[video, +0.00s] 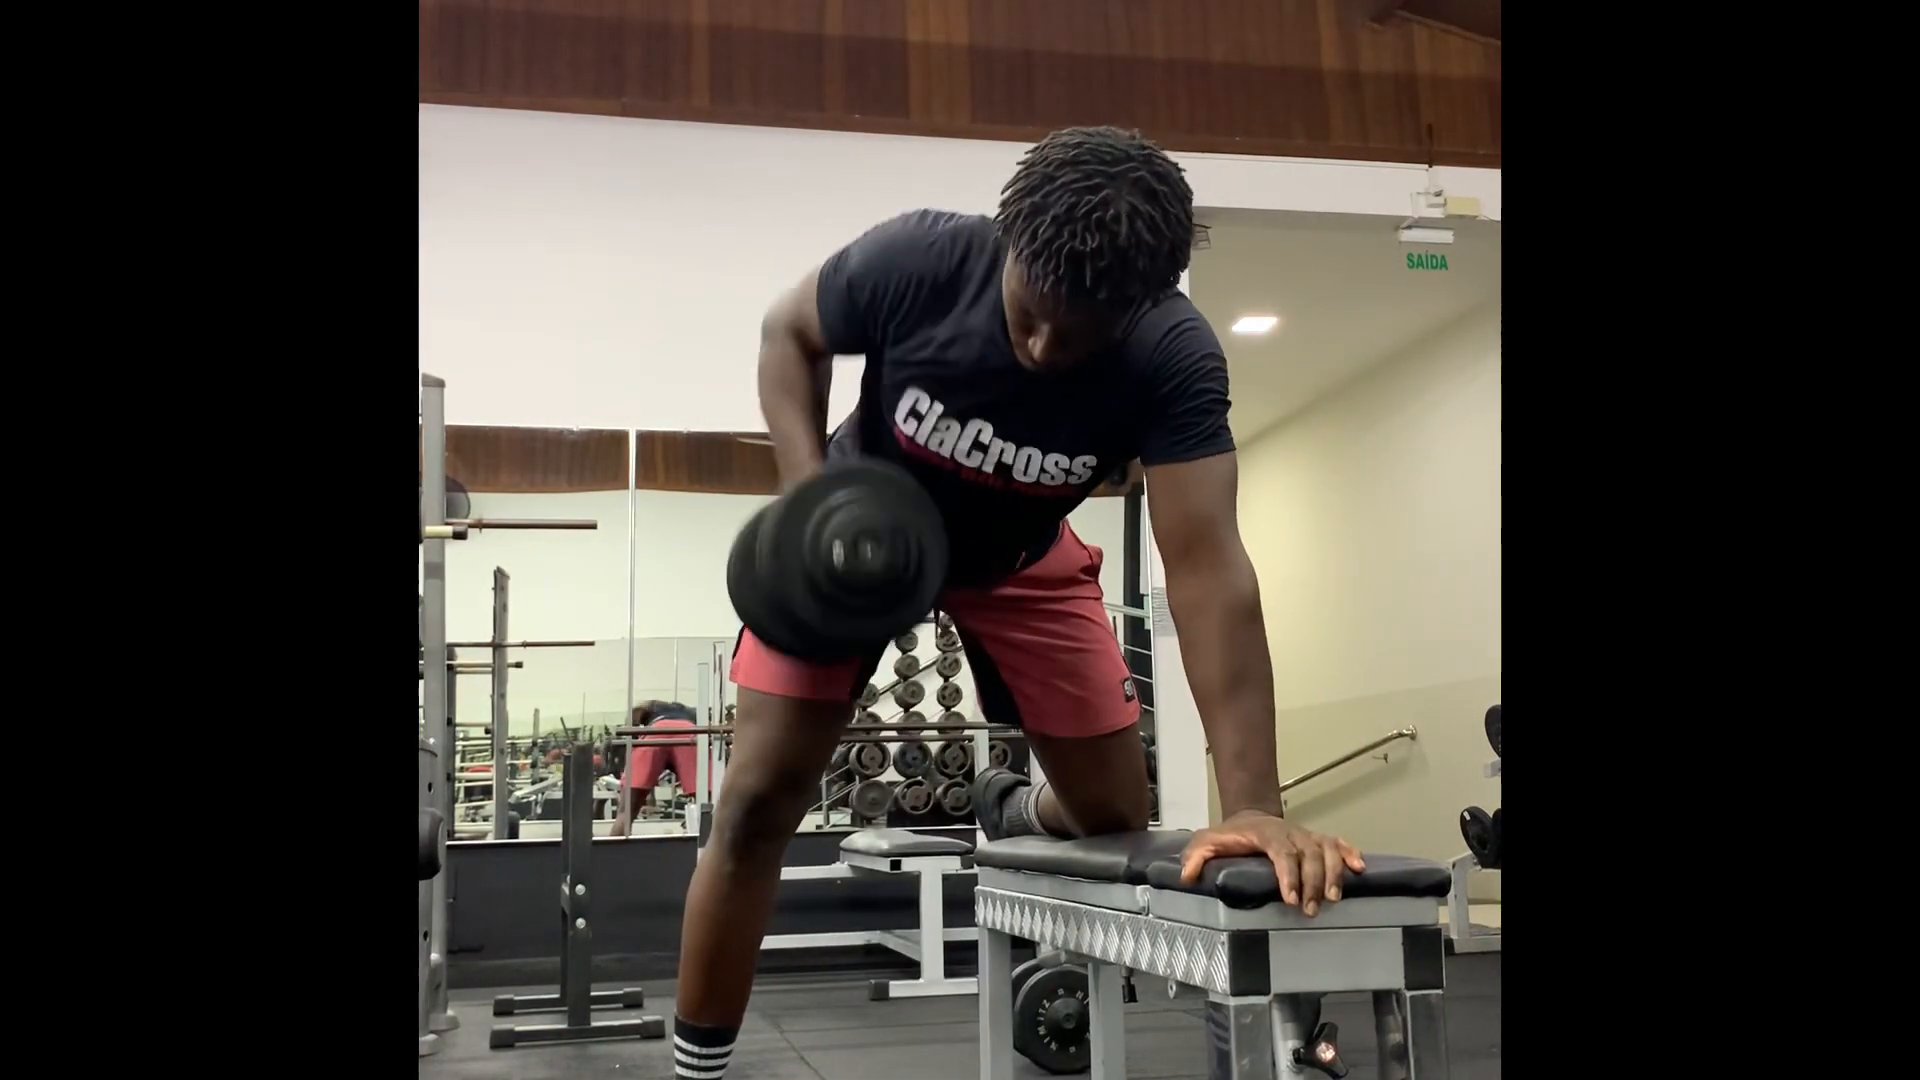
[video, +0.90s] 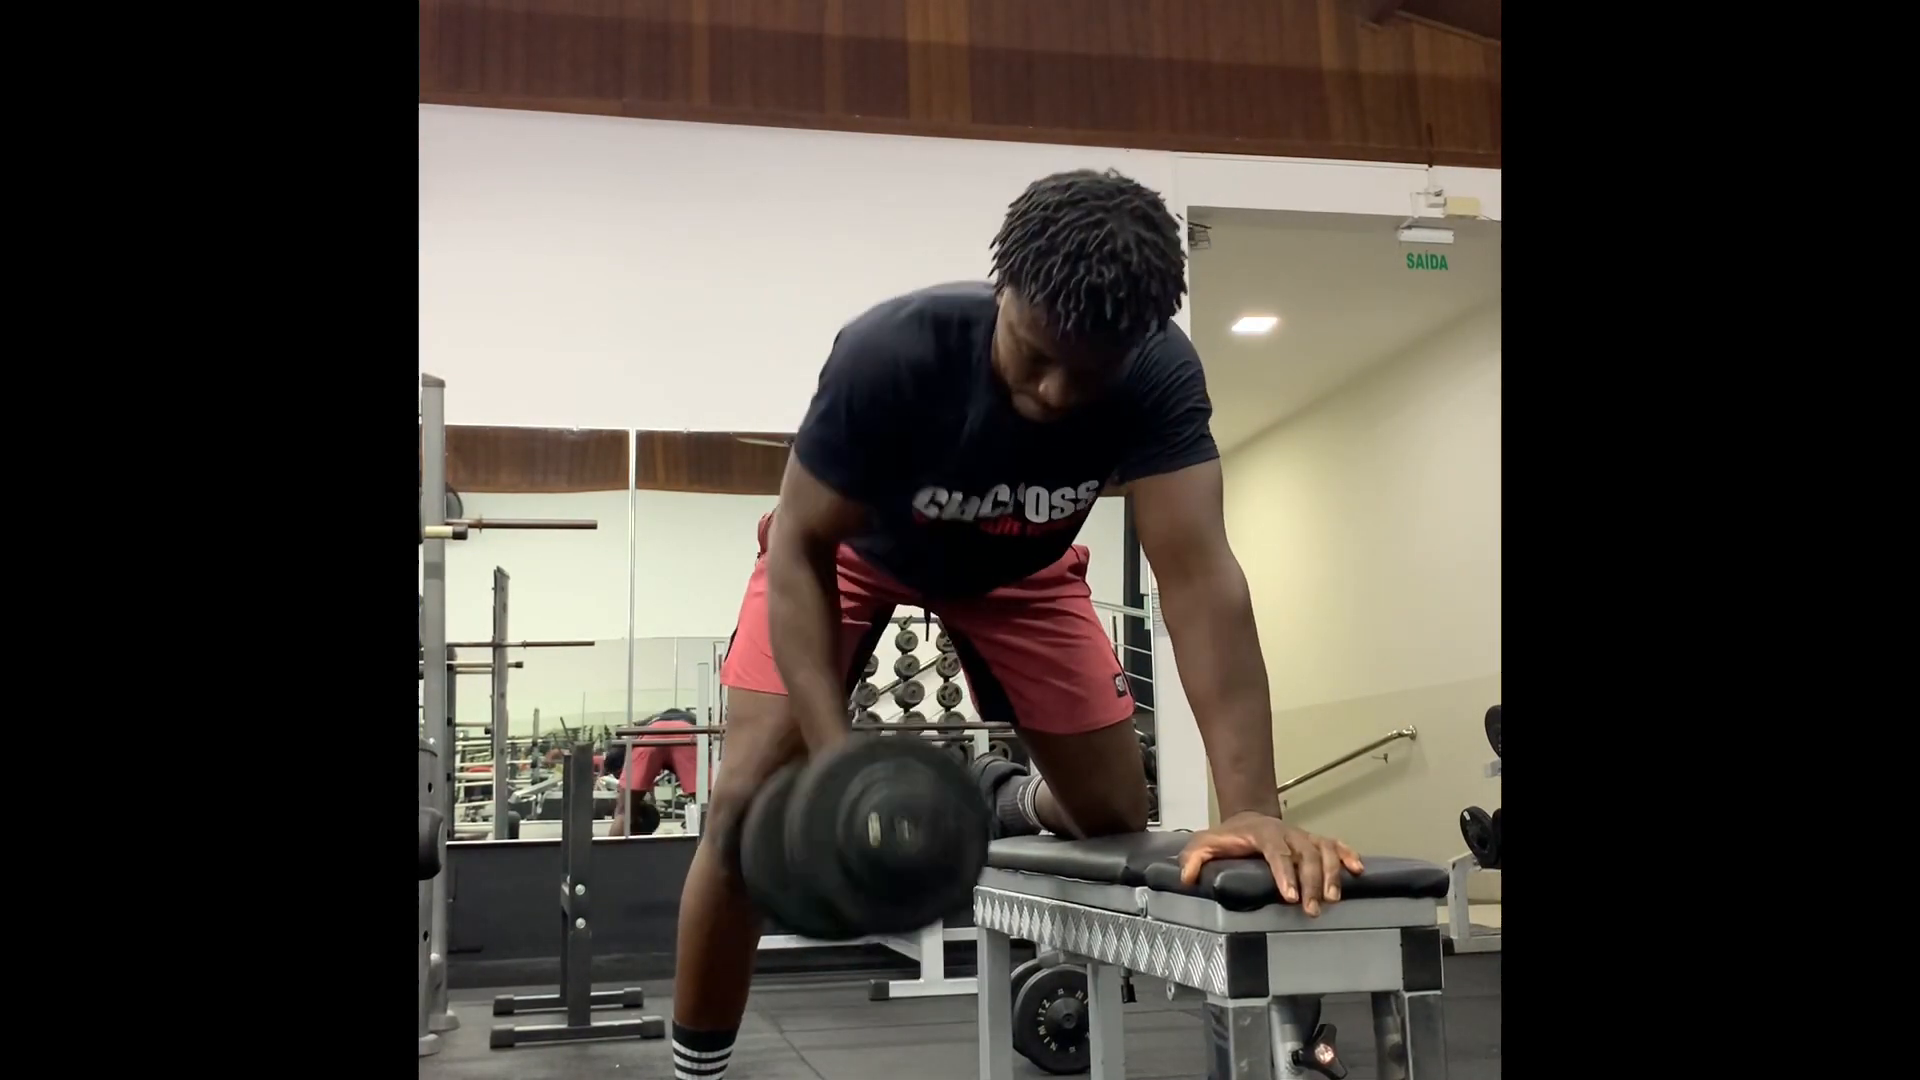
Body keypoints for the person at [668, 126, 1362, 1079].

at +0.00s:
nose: (1045, 348)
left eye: (1081, 332)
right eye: (1030, 313)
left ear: (1140, 303)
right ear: (1008, 247)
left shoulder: (1171, 355)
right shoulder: (920, 263)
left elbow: (1208, 562)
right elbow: (790, 331)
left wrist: (1254, 807)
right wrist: (811, 500)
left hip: (1026, 556)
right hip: (868, 527)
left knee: (1116, 815)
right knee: (755, 803)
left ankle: (1010, 809)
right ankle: (694, 1074)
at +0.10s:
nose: (1043, 387)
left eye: (1077, 366)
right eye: (1026, 352)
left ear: (1129, 330)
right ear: (996, 287)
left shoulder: (1159, 363)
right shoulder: (890, 331)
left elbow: (1201, 563)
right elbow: (787, 495)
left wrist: (1253, 805)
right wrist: (828, 695)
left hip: (1032, 561)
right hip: (859, 538)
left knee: (1118, 815)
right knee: (753, 800)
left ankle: (1001, 807)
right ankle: (695, 1074)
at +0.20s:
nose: (1035, 441)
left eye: (1065, 419)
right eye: (1012, 412)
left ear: (1113, 376)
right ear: (975, 351)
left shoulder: (1140, 380)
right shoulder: (875, 427)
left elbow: (1193, 573)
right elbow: (829, 666)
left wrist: (1253, 805)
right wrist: (870, 907)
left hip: (1027, 566)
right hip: (848, 556)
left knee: (1119, 817)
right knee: (744, 805)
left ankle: (1014, 810)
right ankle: (695, 1066)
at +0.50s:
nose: (1031, 395)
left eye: (1064, 376)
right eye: (1013, 361)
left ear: (1116, 343)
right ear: (983, 292)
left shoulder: (1145, 375)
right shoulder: (882, 367)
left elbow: (1200, 586)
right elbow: (810, 572)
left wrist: (1252, 806)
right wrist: (852, 787)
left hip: (1026, 562)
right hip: (857, 546)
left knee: (1115, 813)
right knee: (756, 789)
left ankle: (1006, 800)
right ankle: (699, 1072)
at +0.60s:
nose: (1064, 314)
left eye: (1100, 296)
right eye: (1048, 275)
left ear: (1153, 276)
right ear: (1028, 216)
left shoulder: (1173, 368)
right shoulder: (928, 259)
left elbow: (1206, 571)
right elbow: (795, 360)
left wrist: (1253, 807)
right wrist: (818, 512)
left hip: (1019, 561)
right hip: (862, 527)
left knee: (1116, 811)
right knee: (758, 800)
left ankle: (1005, 805)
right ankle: (696, 1071)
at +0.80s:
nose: (1072, 344)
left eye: (1108, 324)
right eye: (1055, 305)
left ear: (1161, 299)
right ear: (1028, 242)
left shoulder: (1172, 371)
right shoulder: (919, 283)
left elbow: (1208, 574)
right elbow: (780, 386)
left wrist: (1253, 807)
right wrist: (814, 546)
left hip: (1018, 566)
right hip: (854, 538)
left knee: (1115, 814)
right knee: (749, 804)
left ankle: (1009, 808)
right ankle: (694, 1074)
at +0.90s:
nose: (1054, 392)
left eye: (1089, 371)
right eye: (1036, 355)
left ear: (1137, 338)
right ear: (1003, 292)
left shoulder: (1157, 374)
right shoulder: (888, 358)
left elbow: (1199, 574)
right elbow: (797, 548)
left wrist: (1251, 806)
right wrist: (835, 757)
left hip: (1028, 572)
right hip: (854, 553)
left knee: (1116, 817)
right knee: (745, 803)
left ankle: (999, 796)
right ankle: (695, 1075)